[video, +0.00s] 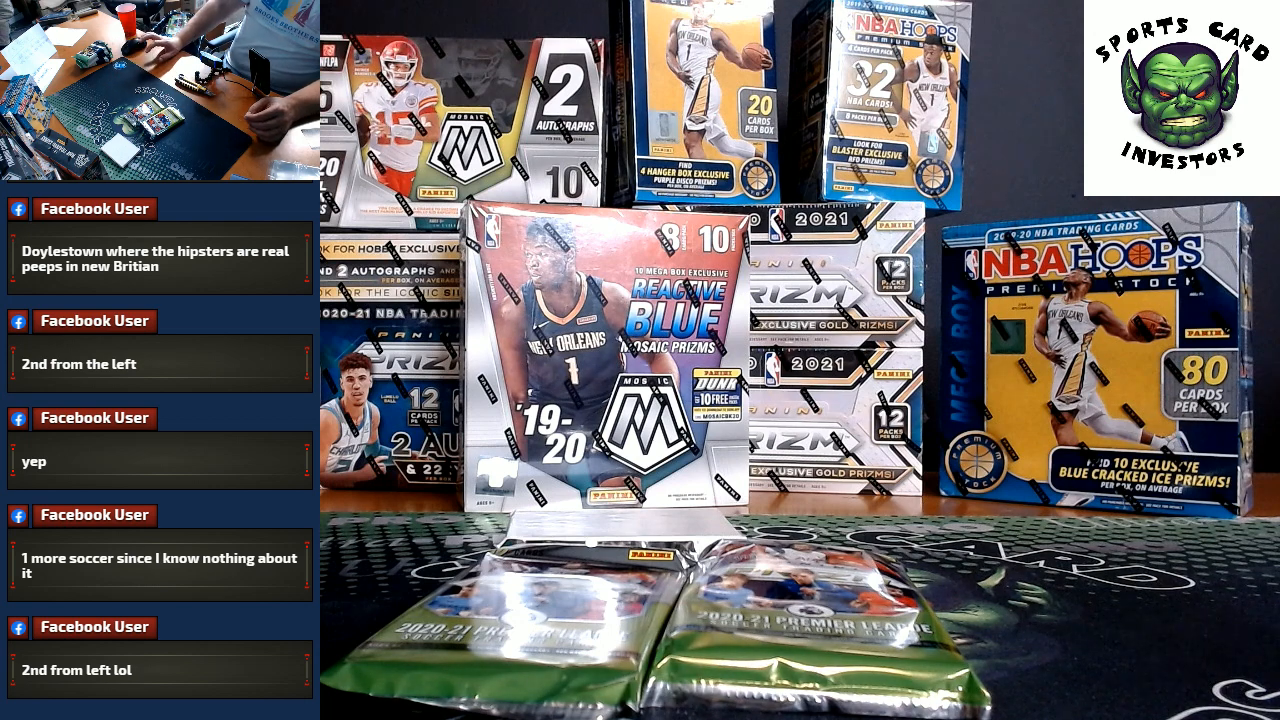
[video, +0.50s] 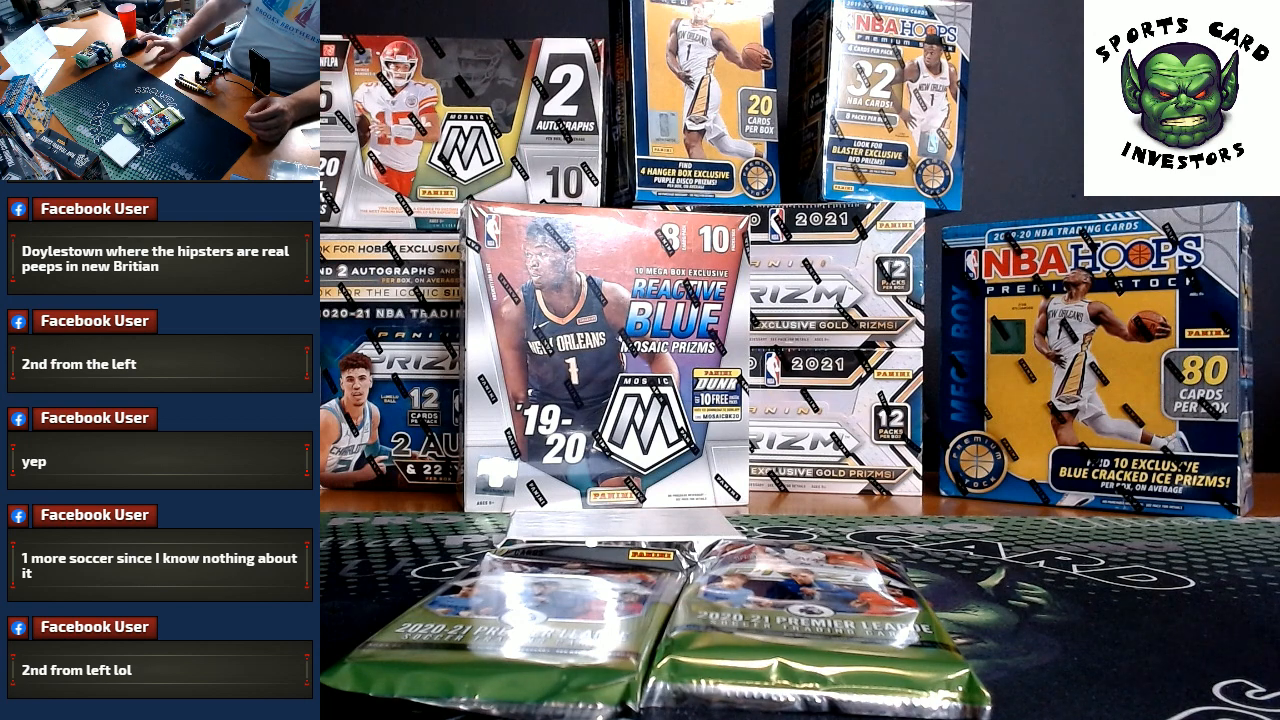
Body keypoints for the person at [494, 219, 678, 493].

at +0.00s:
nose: (532, 263)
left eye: (542, 254)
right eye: (529, 255)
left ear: (570, 255)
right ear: (524, 258)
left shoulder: (611, 299)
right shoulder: (514, 312)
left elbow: (657, 357)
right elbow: (518, 398)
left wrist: (663, 414)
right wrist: (524, 460)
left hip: (610, 424)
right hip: (549, 428)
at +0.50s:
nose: (532, 263)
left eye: (542, 254)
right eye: (529, 255)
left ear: (570, 256)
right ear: (524, 258)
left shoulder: (611, 299)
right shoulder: (514, 312)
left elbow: (657, 357)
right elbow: (518, 398)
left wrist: (663, 414)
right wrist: (524, 460)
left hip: (610, 424)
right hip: (549, 428)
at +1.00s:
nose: (532, 263)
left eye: (542, 254)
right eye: (529, 255)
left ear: (570, 255)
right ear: (524, 258)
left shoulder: (611, 299)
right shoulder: (513, 312)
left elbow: (658, 357)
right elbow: (518, 399)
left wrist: (663, 414)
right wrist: (524, 460)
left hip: (610, 423)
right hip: (549, 427)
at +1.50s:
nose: (532, 263)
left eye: (542, 254)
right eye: (529, 255)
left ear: (569, 255)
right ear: (525, 259)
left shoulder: (611, 299)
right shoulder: (513, 313)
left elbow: (658, 357)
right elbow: (518, 399)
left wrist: (663, 413)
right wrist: (524, 461)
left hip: (610, 421)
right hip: (549, 425)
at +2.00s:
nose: (532, 263)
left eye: (542, 254)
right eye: (529, 255)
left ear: (569, 256)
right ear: (524, 258)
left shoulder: (611, 299)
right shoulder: (513, 313)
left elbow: (658, 357)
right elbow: (518, 399)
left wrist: (662, 413)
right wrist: (524, 460)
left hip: (610, 423)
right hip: (549, 427)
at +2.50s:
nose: (532, 263)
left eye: (542, 254)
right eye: (529, 255)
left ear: (570, 255)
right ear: (525, 259)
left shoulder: (611, 299)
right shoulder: (513, 313)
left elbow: (658, 357)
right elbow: (518, 398)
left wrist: (662, 413)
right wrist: (524, 460)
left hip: (610, 422)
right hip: (549, 427)